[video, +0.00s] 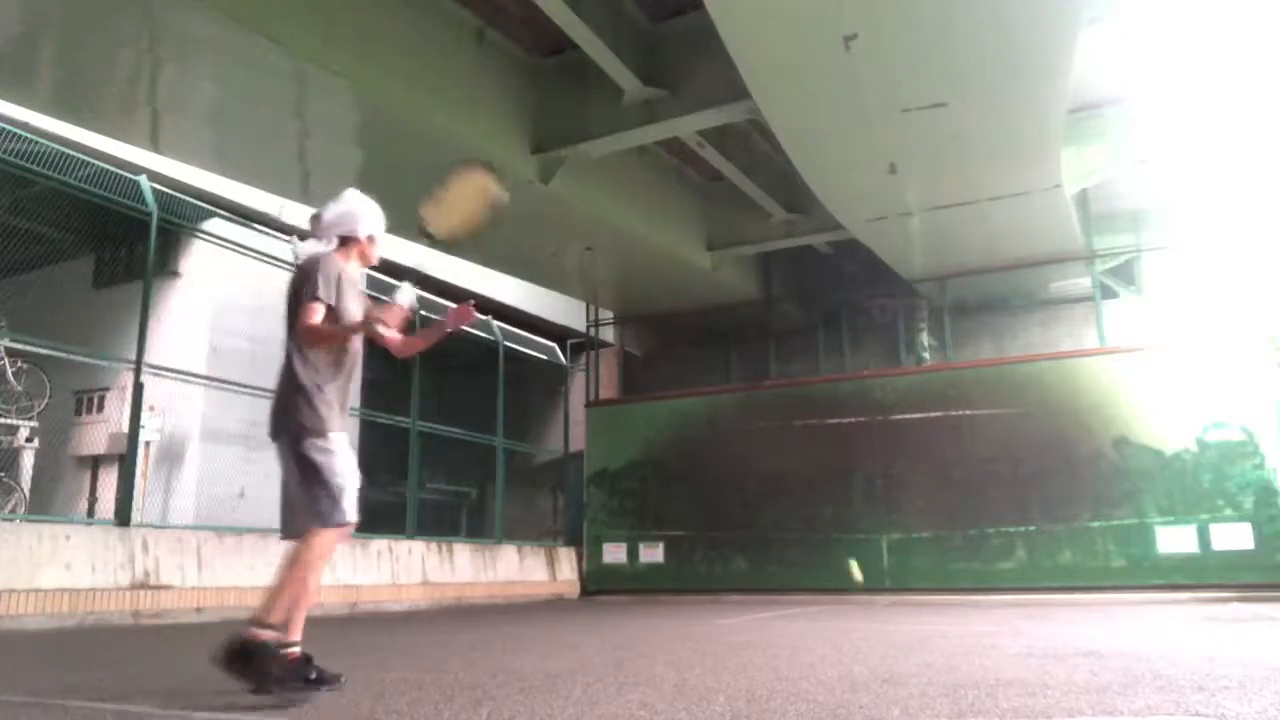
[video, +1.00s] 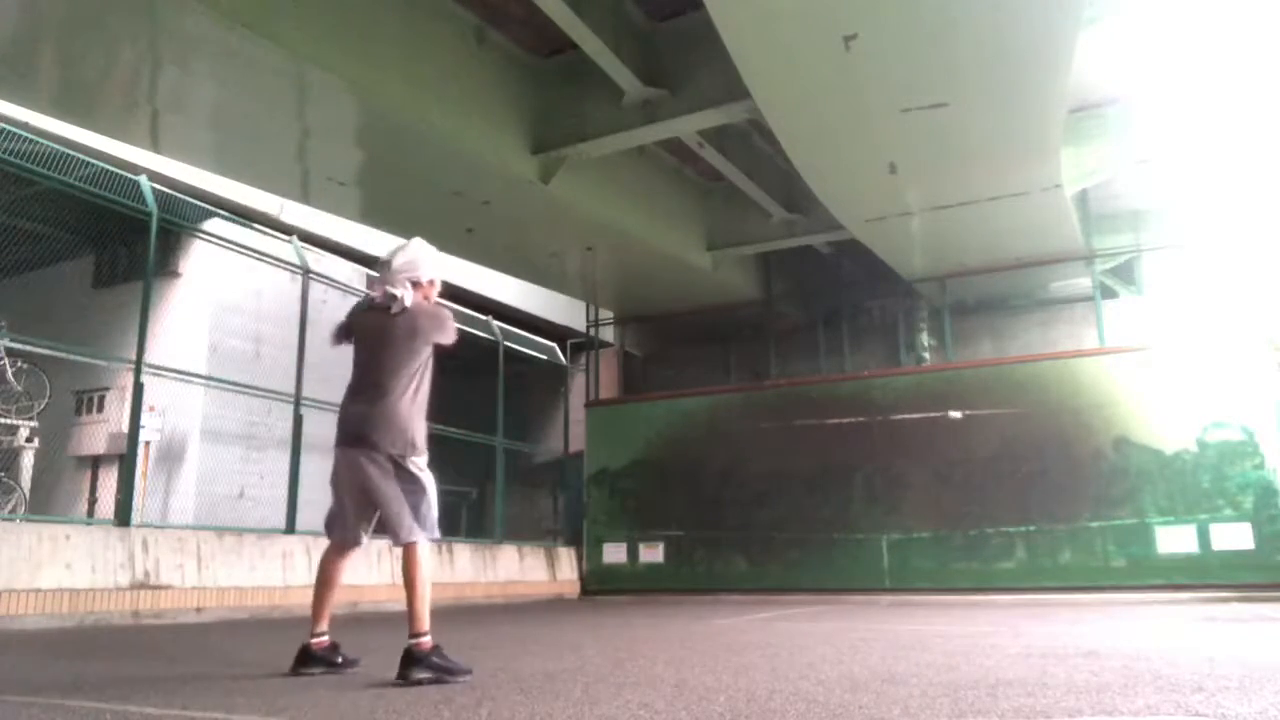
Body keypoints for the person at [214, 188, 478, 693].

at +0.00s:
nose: (379, 249)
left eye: (379, 240)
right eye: (376, 239)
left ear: (350, 238)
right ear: (358, 237)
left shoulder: (353, 287)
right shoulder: (322, 265)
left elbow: (401, 348)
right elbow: (308, 331)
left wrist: (445, 325)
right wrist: (366, 326)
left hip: (329, 422)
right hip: (308, 419)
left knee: (327, 528)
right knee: (333, 521)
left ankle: (283, 646)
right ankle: (266, 638)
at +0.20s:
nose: (417, 260)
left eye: (417, 251)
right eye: (413, 251)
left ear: (389, 252)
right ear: (394, 250)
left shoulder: (397, 311)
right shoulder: (349, 278)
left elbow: (434, 368)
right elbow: (301, 322)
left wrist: (483, 374)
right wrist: (303, 304)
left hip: (352, 426)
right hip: (341, 424)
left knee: (326, 539)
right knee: (385, 524)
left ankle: (286, 652)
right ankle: (395, 649)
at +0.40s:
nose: (457, 279)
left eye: (456, 270)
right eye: (452, 271)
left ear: (431, 271)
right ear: (432, 271)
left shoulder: (424, 321)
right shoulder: (392, 300)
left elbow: (436, 390)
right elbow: (353, 329)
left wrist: (476, 439)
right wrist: (316, 355)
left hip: (368, 435)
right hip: (382, 435)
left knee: (349, 543)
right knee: (425, 534)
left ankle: (291, 647)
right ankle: (422, 652)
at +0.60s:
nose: (470, 294)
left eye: (471, 285)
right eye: (468, 284)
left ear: (429, 278)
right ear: (447, 280)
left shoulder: (386, 311)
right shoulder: (437, 317)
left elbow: (400, 375)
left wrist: (449, 403)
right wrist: (517, 447)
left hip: (352, 433)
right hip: (396, 433)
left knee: (368, 540)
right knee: (422, 537)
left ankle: (339, 646)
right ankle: (420, 652)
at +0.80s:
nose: (460, 289)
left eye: (460, 280)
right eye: (457, 280)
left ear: (416, 277)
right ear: (440, 279)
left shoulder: (379, 311)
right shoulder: (444, 318)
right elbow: (492, 352)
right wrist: (529, 362)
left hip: (359, 438)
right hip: (404, 442)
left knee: (359, 536)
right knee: (424, 540)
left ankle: (328, 636)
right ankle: (421, 652)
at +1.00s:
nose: (437, 293)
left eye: (436, 285)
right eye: (435, 285)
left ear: (395, 280)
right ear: (421, 285)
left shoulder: (364, 316)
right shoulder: (425, 318)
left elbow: (340, 334)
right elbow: (451, 333)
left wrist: (373, 300)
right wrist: (419, 300)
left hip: (351, 442)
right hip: (394, 445)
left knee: (342, 541)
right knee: (415, 540)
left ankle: (316, 643)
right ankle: (421, 649)